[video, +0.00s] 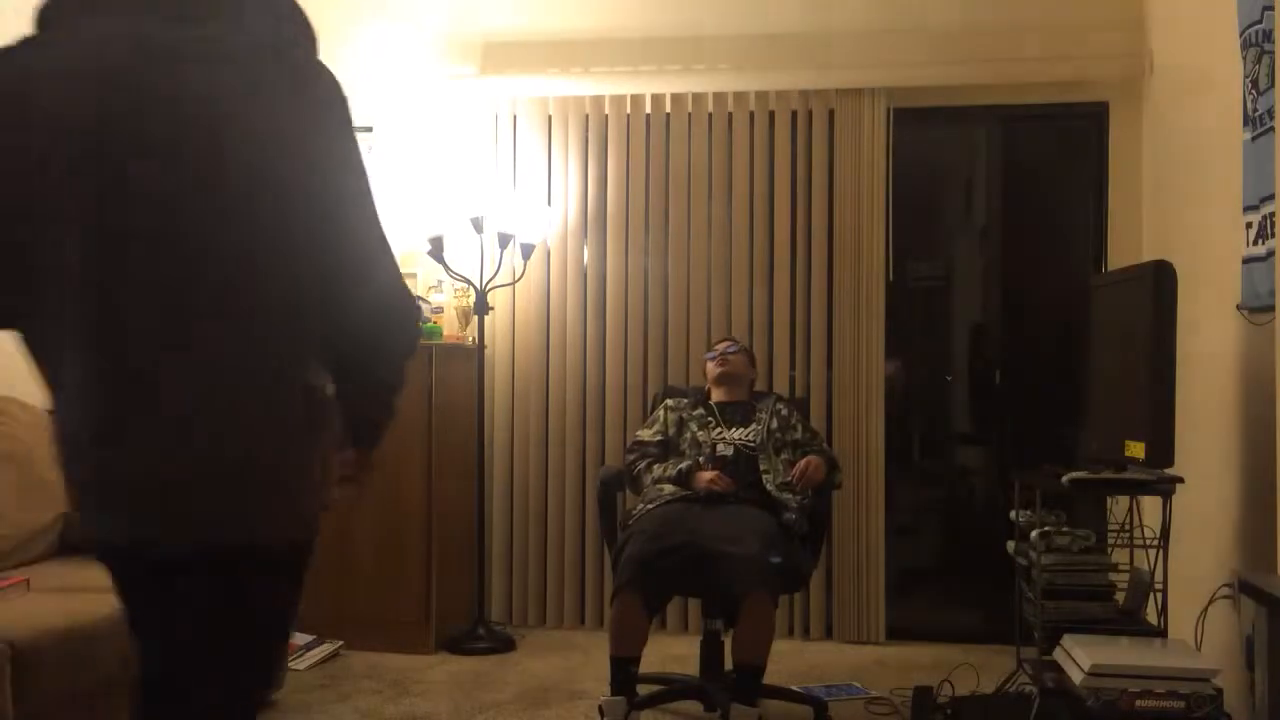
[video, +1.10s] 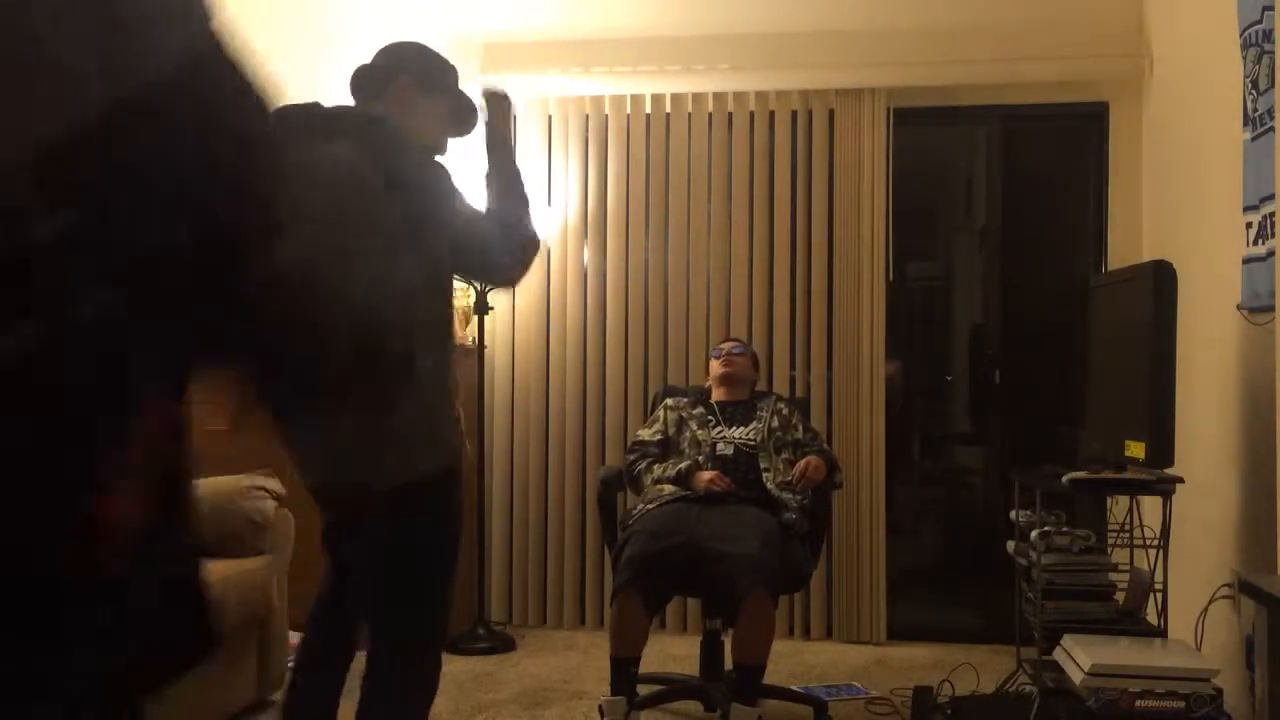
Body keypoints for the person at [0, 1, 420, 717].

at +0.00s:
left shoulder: (21, 75)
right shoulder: (278, 69)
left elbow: (17, 283)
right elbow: (370, 295)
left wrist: (81, 378)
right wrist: (360, 421)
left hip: (107, 448)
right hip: (260, 446)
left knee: (171, 687)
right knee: (224, 696)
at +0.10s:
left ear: (130, 2)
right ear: (275, 8)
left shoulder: (66, 88)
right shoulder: (309, 91)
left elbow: (16, 266)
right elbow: (384, 299)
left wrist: (106, 269)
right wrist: (369, 401)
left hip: (145, 449)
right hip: (288, 440)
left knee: (201, 680)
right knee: (283, 684)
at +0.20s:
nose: (341, 74)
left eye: (347, 62)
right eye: (340, 56)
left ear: (237, 21)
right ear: (309, 30)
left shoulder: (109, 104)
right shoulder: (333, 110)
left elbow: (9, 229)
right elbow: (390, 303)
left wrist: (119, 266)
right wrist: (374, 400)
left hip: (172, 471)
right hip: (309, 459)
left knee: (226, 691)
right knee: (348, 678)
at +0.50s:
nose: (422, 114)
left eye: (430, 96)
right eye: (424, 89)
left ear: (348, 52)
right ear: (381, 60)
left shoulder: (212, 109)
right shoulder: (359, 132)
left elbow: (119, 224)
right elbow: (351, 315)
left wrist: (218, 283)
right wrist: (407, 368)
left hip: (218, 455)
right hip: (333, 452)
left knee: (249, 671)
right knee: (396, 644)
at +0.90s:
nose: (451, 125)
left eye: (456, 109)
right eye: (449, 102)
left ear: (387, 79)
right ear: (405, 77)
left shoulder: (256, 150)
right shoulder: (393, 163)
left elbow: (186, 267)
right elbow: (403, 326)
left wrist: (273, 306)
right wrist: (469, 327)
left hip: (288, 447)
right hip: (385, 448)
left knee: (310, 625)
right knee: (393, 645)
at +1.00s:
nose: (447, 134)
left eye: (453, 119)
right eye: (445, 113)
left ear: (374, 96)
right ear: (402, 93)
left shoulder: (257, 171)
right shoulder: (408, 182)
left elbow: (197, 291)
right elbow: (475, 312)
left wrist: (286, 312)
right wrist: (504, 249)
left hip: (304, 450)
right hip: (402, 454)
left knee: (321, 625)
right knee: (403, 653)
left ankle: (296, 716)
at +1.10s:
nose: (447, 135)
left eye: (451, 121)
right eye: (444, 114)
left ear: (379, 96)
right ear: (403, 92)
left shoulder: (304, 160)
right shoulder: (403, 174)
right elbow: (507, 256)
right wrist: (501, 151)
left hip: (317, 432)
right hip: (406, 439)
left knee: (347, 583)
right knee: (410, 639)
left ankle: (305, 710)